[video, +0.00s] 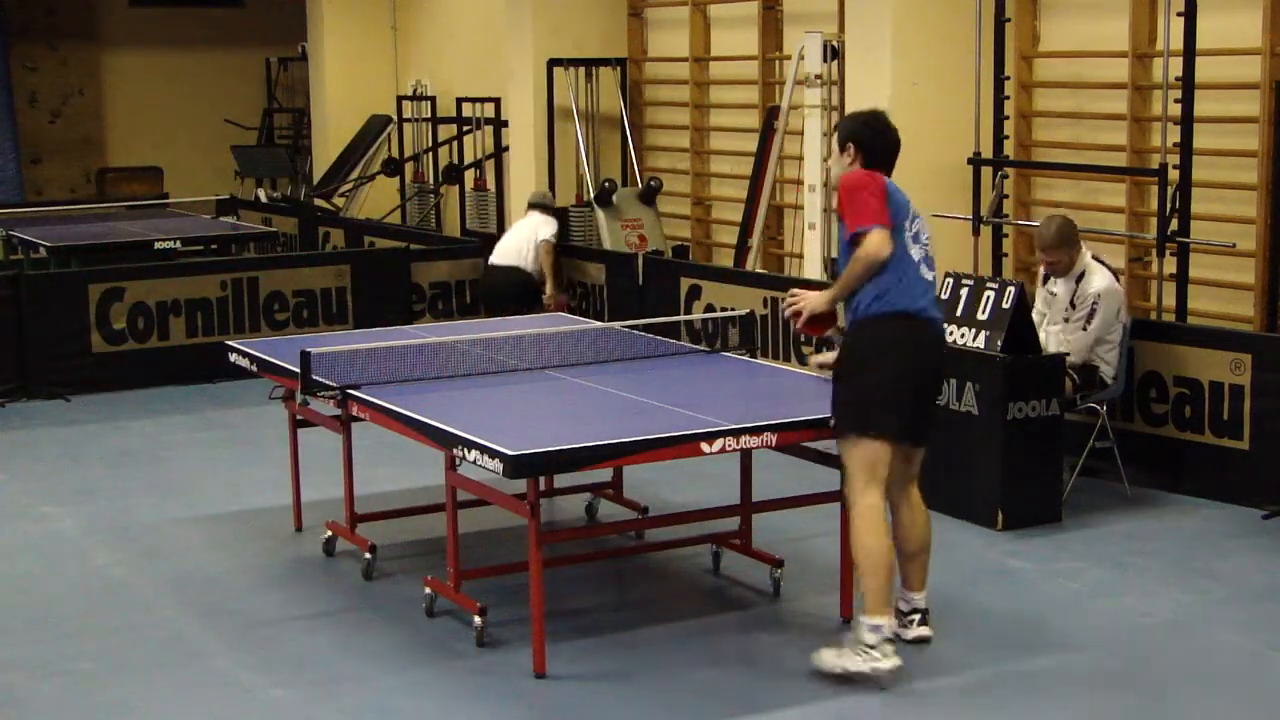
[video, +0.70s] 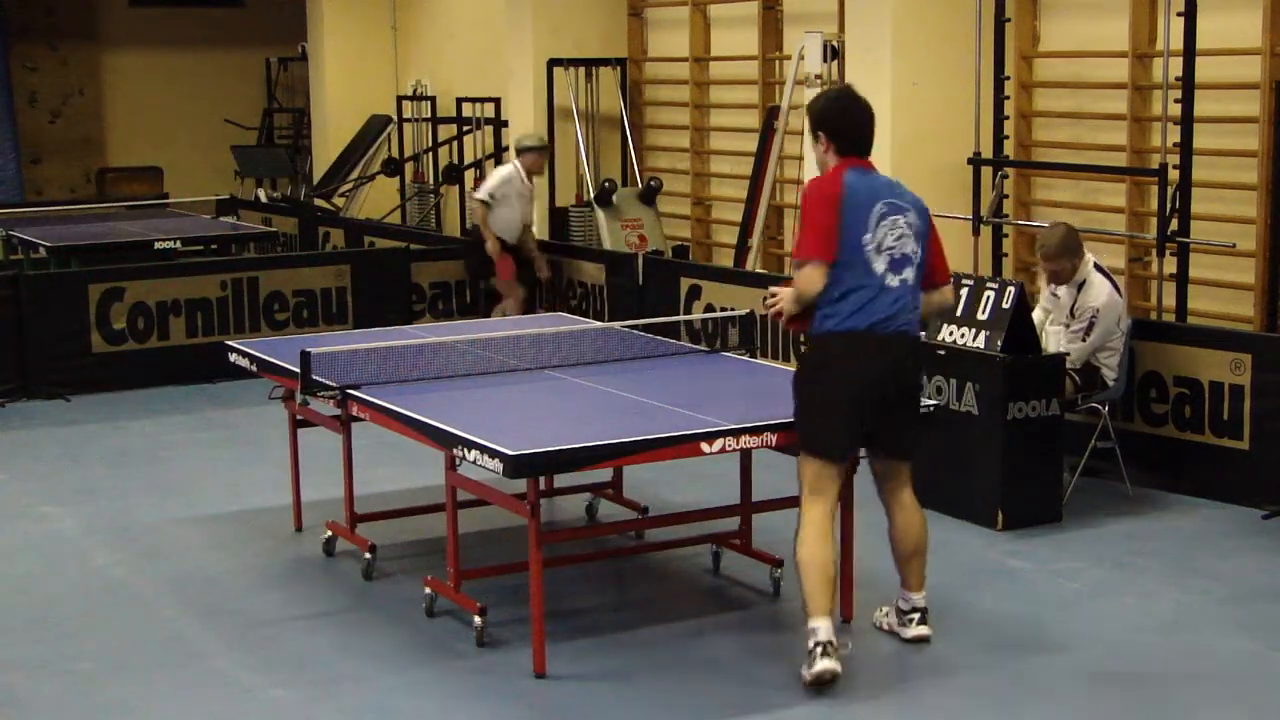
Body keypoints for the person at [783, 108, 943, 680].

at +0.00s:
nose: (834, 160)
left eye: (837, 151)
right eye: (836, 151)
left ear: (851, 152)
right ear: (884, 156)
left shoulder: (858, 182)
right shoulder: (903, 202)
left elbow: (876, 246)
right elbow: (903, 296)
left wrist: (830, 296)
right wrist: (847, 351)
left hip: (884, 340)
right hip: (927, 345)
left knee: (865, 490)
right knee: (904, 485)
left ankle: (875, 635)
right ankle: (914, 610)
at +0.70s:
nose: (812, 147)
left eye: (813, 139)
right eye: (812, 139)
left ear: (824, 140)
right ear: (870, 138)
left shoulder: (824, 189)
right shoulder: (909, 201)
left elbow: (813, 283)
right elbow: (941, 296)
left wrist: (791, 297)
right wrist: (884, 308)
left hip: (836, 355)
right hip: (899, 356)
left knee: (819, 494)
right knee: (898, 485)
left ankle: (822, 638)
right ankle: (914, 609)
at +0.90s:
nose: (789, 140)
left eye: (790, 132)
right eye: (793, 130)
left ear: (797, 137)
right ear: (850, 131)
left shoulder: (783, 201)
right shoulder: (893, 193)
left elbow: (730, 280)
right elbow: (943, 261)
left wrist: (734, 281)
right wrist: (885, 265)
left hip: (808, 379)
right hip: (880, 377)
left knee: (812, 515)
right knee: (892, 499)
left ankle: (825, 655)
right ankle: (911, 620)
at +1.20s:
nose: (758, 131)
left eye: (759, 123)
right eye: (766, 121)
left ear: (767, 131)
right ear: (822, 125)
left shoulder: (758, 197)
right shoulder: (864, 192)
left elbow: (752, 299)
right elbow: (900, 285)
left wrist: (685, 281)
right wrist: (924, 266)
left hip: (780, 382)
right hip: (851, 381)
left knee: (802, 518)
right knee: (851, 520)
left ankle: (822, 659)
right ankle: (849, 653)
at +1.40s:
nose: (748, 138)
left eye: (748, 130)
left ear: (752, 136)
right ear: (809, 131)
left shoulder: (726, 206)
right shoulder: (850, 203)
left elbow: (664, 298)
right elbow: (886, 309)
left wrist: (683, 277)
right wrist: (844, 272)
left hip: (741, 390)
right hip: (814, 393)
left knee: (769, 517)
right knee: (828, 540)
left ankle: (771, 656)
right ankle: (830, 692)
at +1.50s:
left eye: (734, 109)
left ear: (728, 116)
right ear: (787, 112)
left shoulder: (699, 190)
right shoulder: (827, 188)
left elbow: (642, 289)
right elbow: (865, 298)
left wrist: (694, 274)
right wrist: (811, 270)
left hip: (715, 371)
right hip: (790, 377)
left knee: (744, 510)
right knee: (805, 533)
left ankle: (699, 656)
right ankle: (814, 695)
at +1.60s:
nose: (777, 135)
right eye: (776, 126)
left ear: (704, 135)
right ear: (770, 132)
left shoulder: (673, 207)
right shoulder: (793, 205)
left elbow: (613, 308)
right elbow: (831, 314)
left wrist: (671, 332)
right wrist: (797, 310)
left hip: (694, 396)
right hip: (770, 400)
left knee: (702, 534)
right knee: (794, 552)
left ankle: (611, 657)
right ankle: (792, 708)